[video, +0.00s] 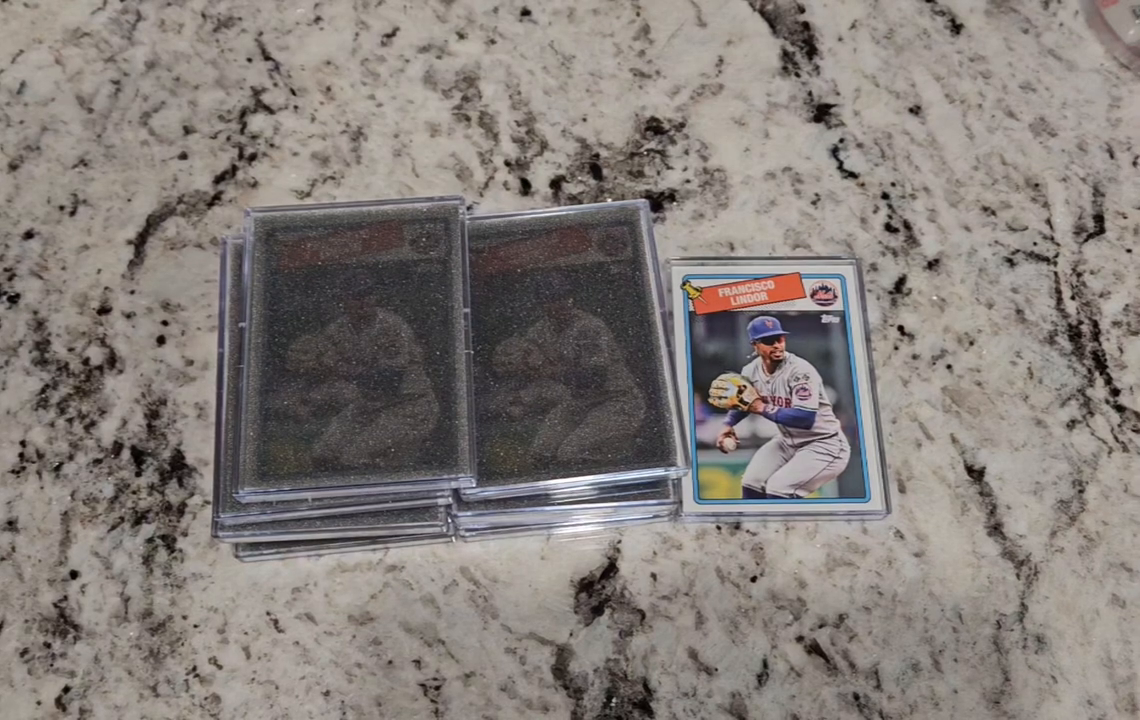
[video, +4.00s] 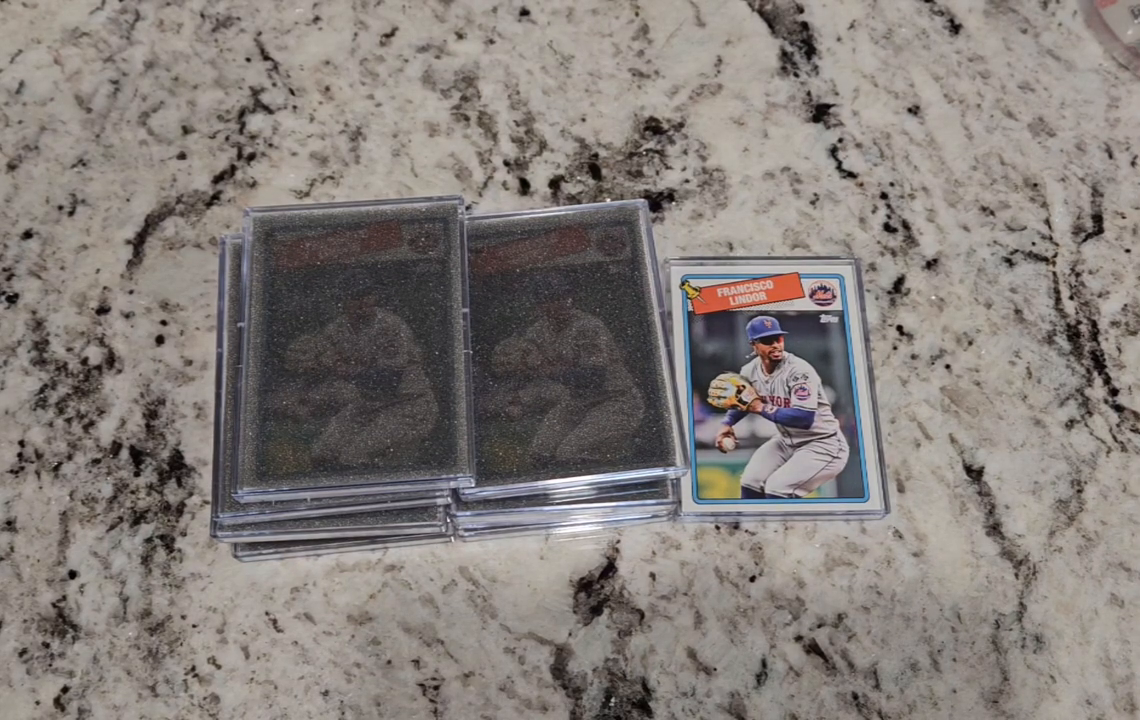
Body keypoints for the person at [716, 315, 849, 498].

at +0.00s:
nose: (777, 346)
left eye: (779, 339)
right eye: (769, 342)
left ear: (785, 339)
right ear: (755, 346)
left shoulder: (802, 371)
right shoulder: (750, 372)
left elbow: (805, 419)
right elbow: (743, 403)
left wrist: (761, 407)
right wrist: (727, 426)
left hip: (825, 445)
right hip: (788, 443)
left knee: (778, 488)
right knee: (752, 484)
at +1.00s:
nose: (776, 346)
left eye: (779, 339)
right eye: (768, 342)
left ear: (784, 339)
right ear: (755, 346)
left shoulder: (801, 371)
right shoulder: (749, 372)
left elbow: (804, 419)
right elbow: (743, 403)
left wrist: (761, 407)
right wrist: (726, 425)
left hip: (824, 445)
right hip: (787, 443)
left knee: (777, 488)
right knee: (751, 483)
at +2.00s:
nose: (776, 346)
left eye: (778, 339)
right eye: (767, 342)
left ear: (783, 339)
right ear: (754, 346)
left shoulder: (801, 371)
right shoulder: (749, 372)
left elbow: (804, 419)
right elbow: (743, 403)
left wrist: (761, 407)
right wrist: (726, 425)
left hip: (824, 446)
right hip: (786, 443)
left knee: (777, 488)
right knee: (751, 483)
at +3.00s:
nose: (776, 346)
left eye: (778, 339)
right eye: (768, 342)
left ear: (783, 339)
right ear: (754, 346)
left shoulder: (801, 371)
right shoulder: (749, 372)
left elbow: (804, 419)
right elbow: (743, 402)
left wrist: (760, 407)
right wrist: (726, 424)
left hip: (824, 445)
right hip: (786, 443)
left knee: (777, 487)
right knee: (751, 483)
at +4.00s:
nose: (776, 346)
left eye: (778, 339)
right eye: (767, 342)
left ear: (783, 339)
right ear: (754, 346)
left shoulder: (801, 371)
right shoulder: (749, 372)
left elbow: (804, 419)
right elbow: (743, 402)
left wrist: (760, 407)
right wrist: (726, 425)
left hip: (824, 445)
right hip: (786, 442)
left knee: (777, 487)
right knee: (751, 483)